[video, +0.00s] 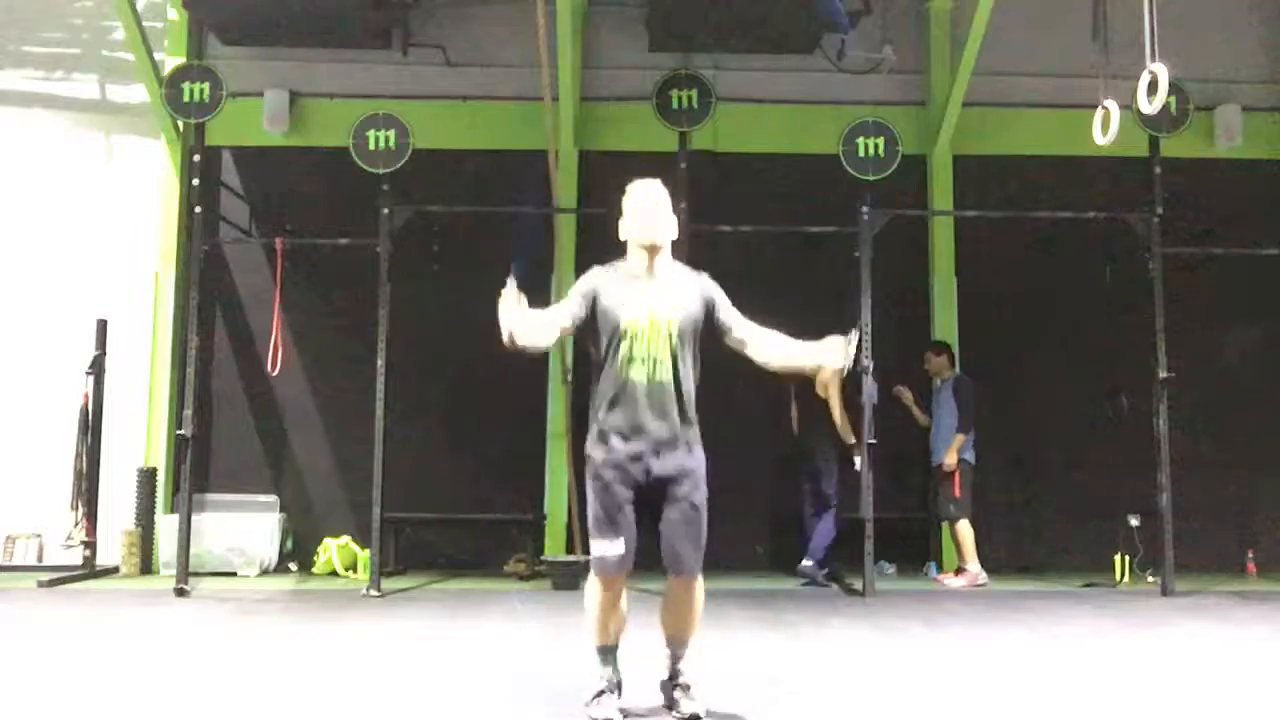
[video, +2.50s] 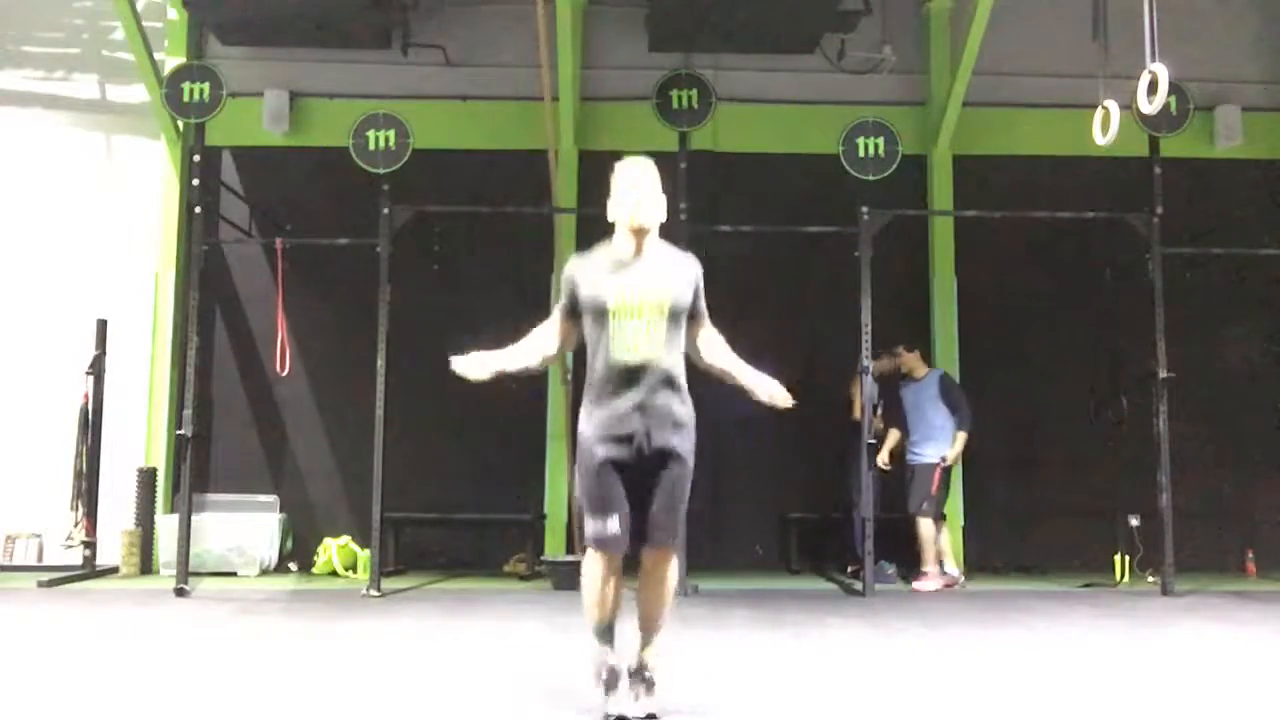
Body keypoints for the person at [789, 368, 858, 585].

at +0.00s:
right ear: (839, 350)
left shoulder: (798, 375)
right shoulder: (831, 371)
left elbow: (795, 411)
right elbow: (837, 412)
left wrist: (798, 435)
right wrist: (852, 442)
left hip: (804, 441)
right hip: (823, 443)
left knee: (811, 501)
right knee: (830, 503)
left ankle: (820, 564)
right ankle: (811, 560)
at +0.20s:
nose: (839, 354)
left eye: (838, 350)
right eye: (837, 349)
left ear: (827, 352)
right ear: (829, 351)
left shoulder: (818, 375)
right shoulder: (830, 375)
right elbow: (833, 412)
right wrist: (844, 444)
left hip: (814, 448)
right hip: (827, 449)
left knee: (816, 503)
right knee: (836, 501)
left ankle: (821, 557)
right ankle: (826, 556)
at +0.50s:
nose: (852, 356)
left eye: (852, 351)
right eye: (847, 352)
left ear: (834, 360)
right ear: (836, 356)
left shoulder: (828, 379)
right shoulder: (841, 380)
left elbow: (836, 416)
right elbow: (839, 417)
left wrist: (866, 420)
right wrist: (851, 451)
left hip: (819, 449)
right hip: (836, 450)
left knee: (820, 508)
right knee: (852, 507)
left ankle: (823, 562)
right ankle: (864, 563)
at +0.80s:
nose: (864, 358)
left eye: (864, 353)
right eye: (859, 353)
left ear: (855, 358)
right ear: (851, 357)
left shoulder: (859, 380)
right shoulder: (852, 379)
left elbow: (866, 418)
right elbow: (857, 419)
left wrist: (893, 411)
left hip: (853, 450)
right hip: (850, 450)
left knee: (851, 506)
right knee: (853, 505)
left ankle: (843, 564)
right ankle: (850, 564)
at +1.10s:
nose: (878, 357)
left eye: (878, 352)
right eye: (875, 351)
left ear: (872, 357)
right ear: (868, 354)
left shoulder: (868, 380)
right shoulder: (859, 380)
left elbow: (875, 417)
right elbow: (863, 421)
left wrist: (899, 410)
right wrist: (898, 427)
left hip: (871, 447)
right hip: (862, 449)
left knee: (870, 506)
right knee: (865, 507)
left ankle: (864, 559)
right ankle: (868, 562)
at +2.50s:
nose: (894, 369)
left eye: (895, 365)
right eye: (893, 363)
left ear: (886, 364)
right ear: (883, 360)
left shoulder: (877, 383)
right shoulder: (862, 379)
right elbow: (857, 414)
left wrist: (879, 424)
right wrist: (876, 424)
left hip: (875, 444)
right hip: (862, 445)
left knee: (871, 503)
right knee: (861, 502)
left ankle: (863, 557)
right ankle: (860, 559)